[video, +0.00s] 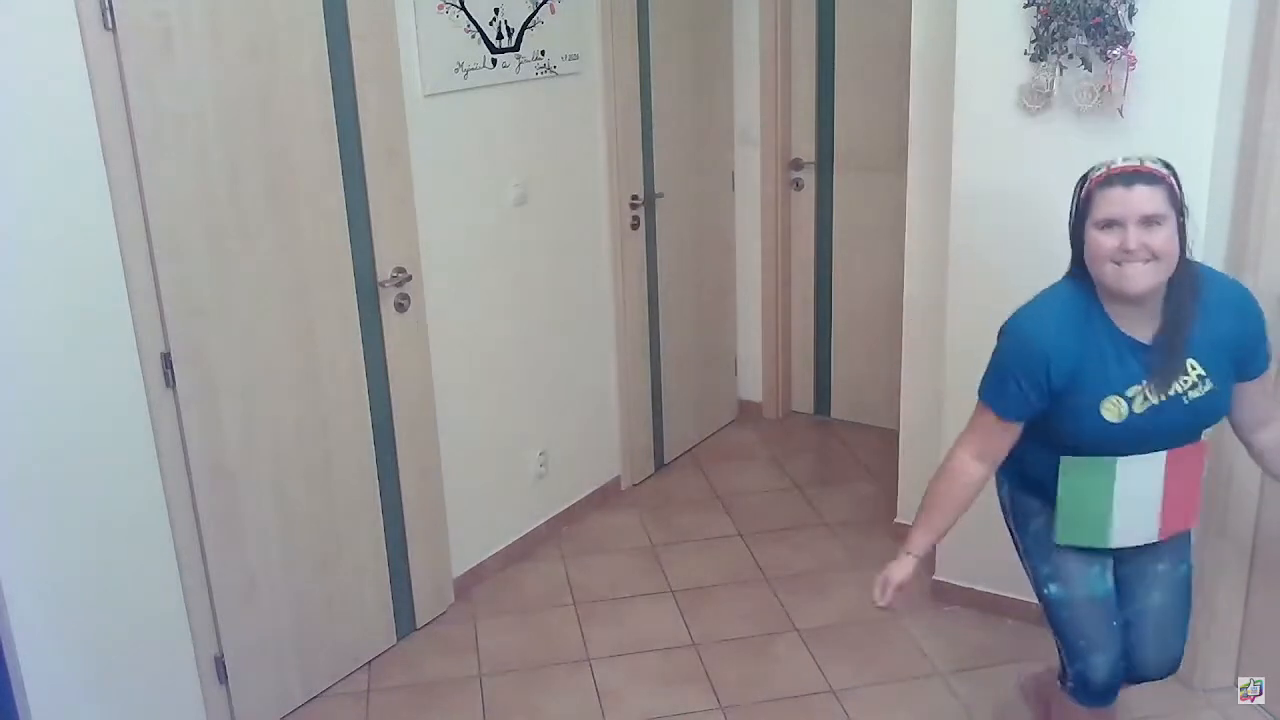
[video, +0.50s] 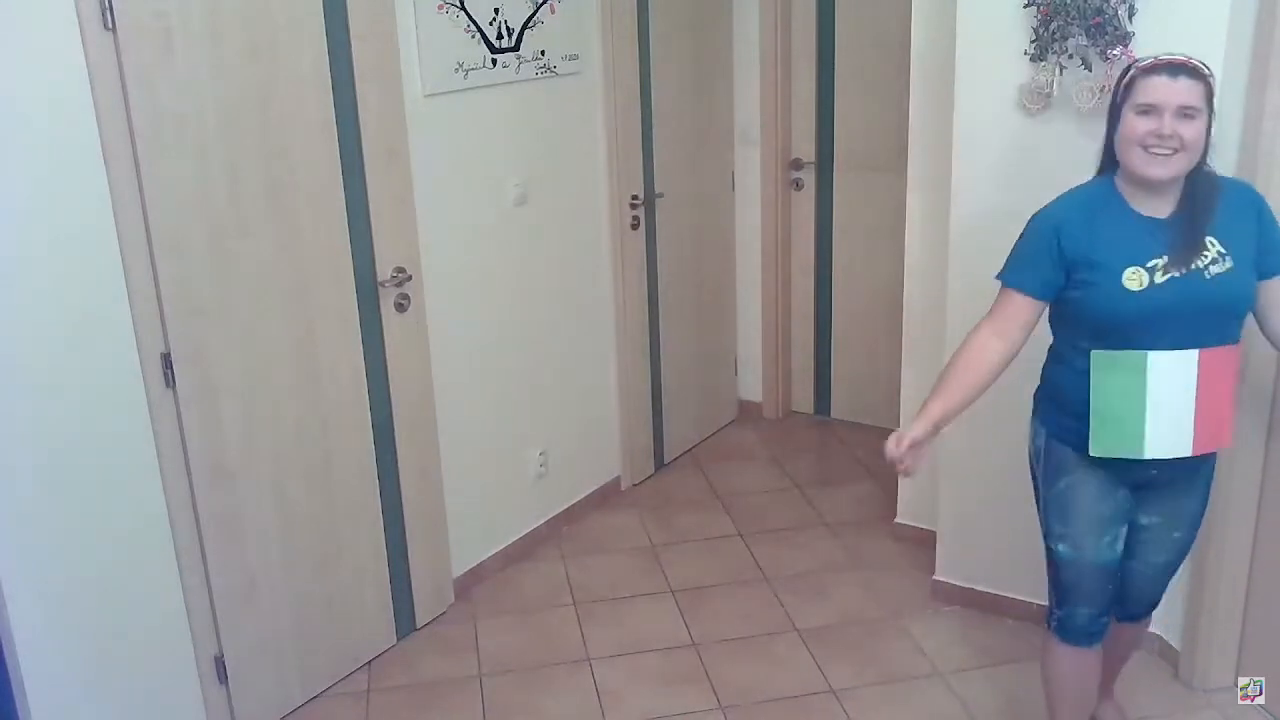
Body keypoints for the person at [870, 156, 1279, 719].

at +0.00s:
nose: (1132, 242)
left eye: (1152, 223)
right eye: (1109, 225)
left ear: (1181, 234)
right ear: (1081, 241)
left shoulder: (1227, 311)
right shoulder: (1040, 335)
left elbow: (1265, 425)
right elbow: (974, 456)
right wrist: (913, 551)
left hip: (1163, 491)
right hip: (1056, 497)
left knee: (1154, 660)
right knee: (1099, 675)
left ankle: (1052, 689)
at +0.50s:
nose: (1164, 129)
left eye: (1185, 115)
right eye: (1146, 112)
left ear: (1207, 131)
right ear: (1116, 124)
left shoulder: (1241, 211)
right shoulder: (1067, 221)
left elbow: (1277, 320)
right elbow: (1001, 330)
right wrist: (926, 422)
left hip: (1186, 453)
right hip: (1081, 450)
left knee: (1134, 609)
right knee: (1080, 620)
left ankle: (1101, 698)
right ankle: (1071, 717)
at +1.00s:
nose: (1182, 168)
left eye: (1201, 151)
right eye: (1164, 150)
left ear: (1225, 154)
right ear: (1136, 149)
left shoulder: (1254, 230)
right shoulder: (1084, 229)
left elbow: (1278, 326)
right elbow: (1021, 335)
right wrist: (951, 421)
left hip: (1210, 457)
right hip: (1104, 452)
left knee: (1148, 626)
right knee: (1117, 629)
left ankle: (1097, 702)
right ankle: (1095, 712)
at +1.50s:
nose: (1169, 223)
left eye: (1191, 203)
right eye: (1148, 202)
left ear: (1219, 211)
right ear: (1118, 208)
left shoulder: (1260, 280)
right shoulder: (1072, 301)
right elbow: (1014, 421)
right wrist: (964, 524)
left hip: (1193, 466)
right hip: (1080, 471)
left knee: (1194, 636)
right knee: (1098, 653)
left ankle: (1090, 675)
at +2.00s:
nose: (1197, 155)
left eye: (1216, 135)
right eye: (1173, 137)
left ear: (1238, 150)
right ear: (1138, 152)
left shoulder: (1267, 228)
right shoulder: (1090, 239)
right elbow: (1005, 354)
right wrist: (1074, 271)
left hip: (1208, 461)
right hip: (1096, 463)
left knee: (1191, 627)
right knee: (1102, 636)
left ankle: (1132, 695)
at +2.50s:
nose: (1236, 136)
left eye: (1255, 117)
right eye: (1216, 117)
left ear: (1277, 128)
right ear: (1183, 126)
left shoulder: (1275, 212)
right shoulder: (1134, 203)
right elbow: (1075, 315)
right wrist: (1168, 358)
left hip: (1244, 443)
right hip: (1136, 434)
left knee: (1197, 602)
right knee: (1127, 605)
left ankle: (1171, 704)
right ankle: (1123, 706)